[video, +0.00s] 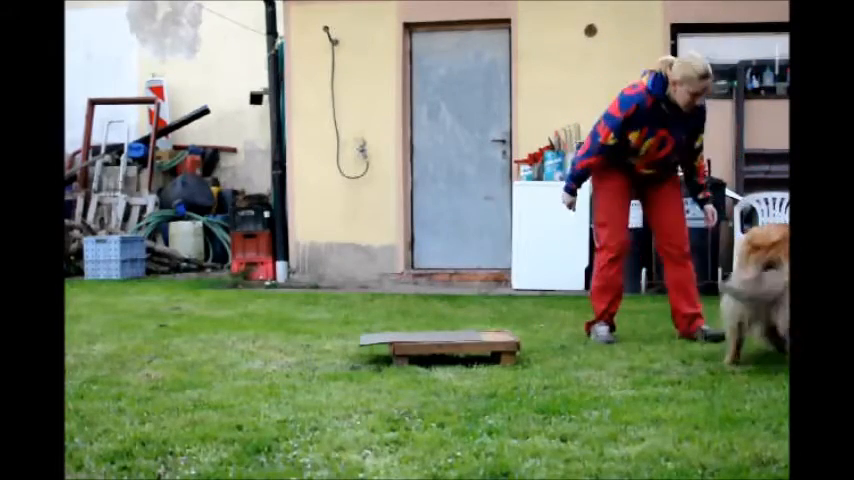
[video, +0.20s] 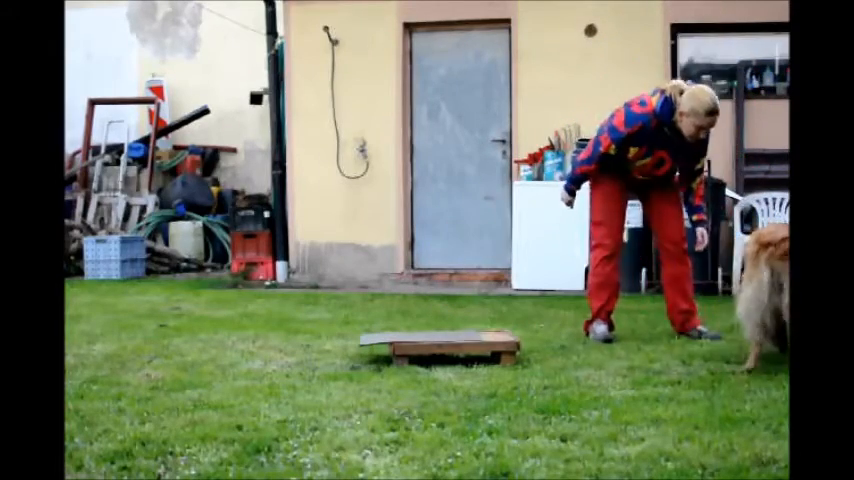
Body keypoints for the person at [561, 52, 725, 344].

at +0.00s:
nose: (698, 101)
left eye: (702, 95)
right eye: (694, 94)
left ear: (706, 88)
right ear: (675, 84)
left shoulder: (695, 113)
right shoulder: (637, 97)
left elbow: (692, 159)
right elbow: (599, 138)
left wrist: (704, 200)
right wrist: (572, 185)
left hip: (660, 174)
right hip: (614, 169)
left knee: (676, 246)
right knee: (613, 244)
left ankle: (690, 324)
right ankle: (602, 322)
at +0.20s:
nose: (703, 134)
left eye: (707, 129)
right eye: (700, 128)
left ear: (710, 121)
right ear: (682, 116)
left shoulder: (697, 138)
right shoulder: (646, 111)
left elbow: (693, 178)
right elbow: (602, 141)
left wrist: (699, 221)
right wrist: (572, 184)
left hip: (658, 177)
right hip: (613, 171)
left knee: (675, 244)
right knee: (606, 243)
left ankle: (687, 323)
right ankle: (600, 321)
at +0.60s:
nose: (733, 147)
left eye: (738, 141)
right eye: (729, 139)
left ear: (744, 135)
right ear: (712, 124)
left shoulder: (728, 147)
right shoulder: (674, 122)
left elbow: (723, 188)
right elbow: (627, 153)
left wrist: (733, 232)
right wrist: (599, 189)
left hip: (685, 179)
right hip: (639, 172)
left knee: (696, 244)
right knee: (624, 243)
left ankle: (687, 323)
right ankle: (603, 320)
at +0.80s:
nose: (740, 148)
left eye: (746, 142)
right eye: (737, 140)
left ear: (751, 138)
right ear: (720, 125)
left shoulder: (739, 154)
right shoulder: (679, 126)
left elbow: (742, 191)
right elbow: (633, 155)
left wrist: (735, 221)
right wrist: (605, 191)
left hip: (689, 184)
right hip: (644, 174)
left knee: (703, 245)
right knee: (626, 244)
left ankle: (688, 324)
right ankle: (604, 321)